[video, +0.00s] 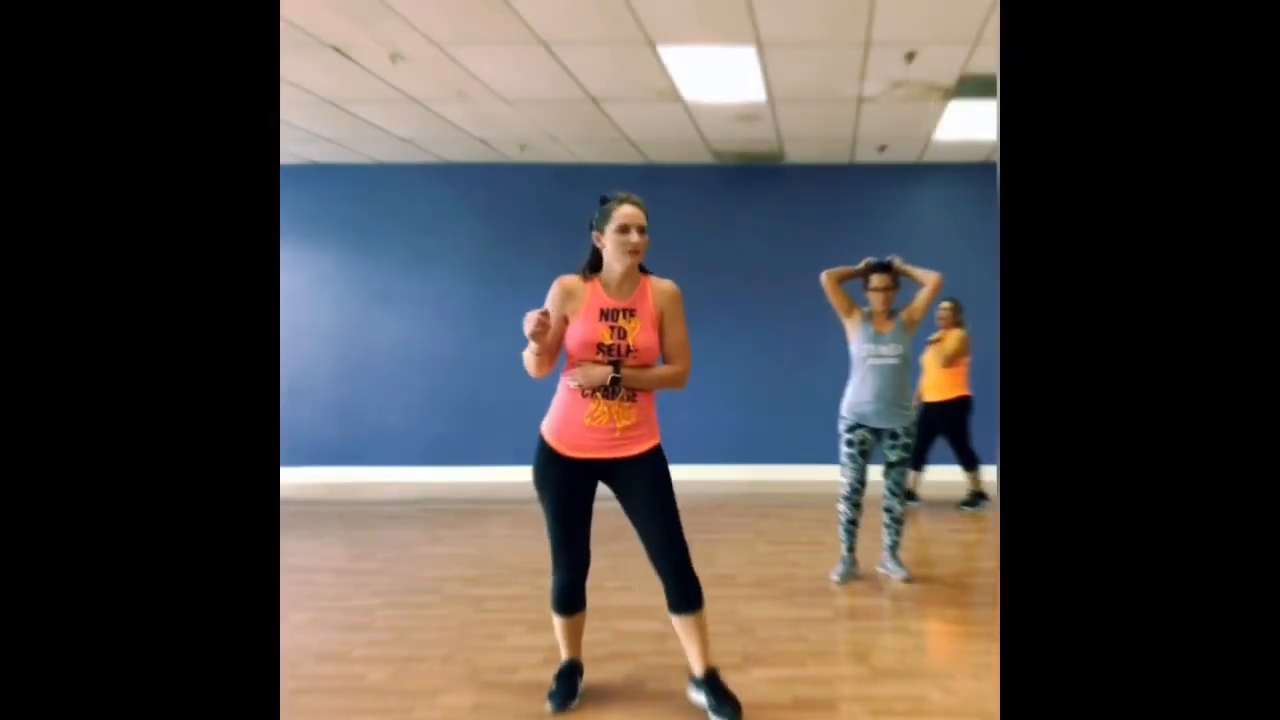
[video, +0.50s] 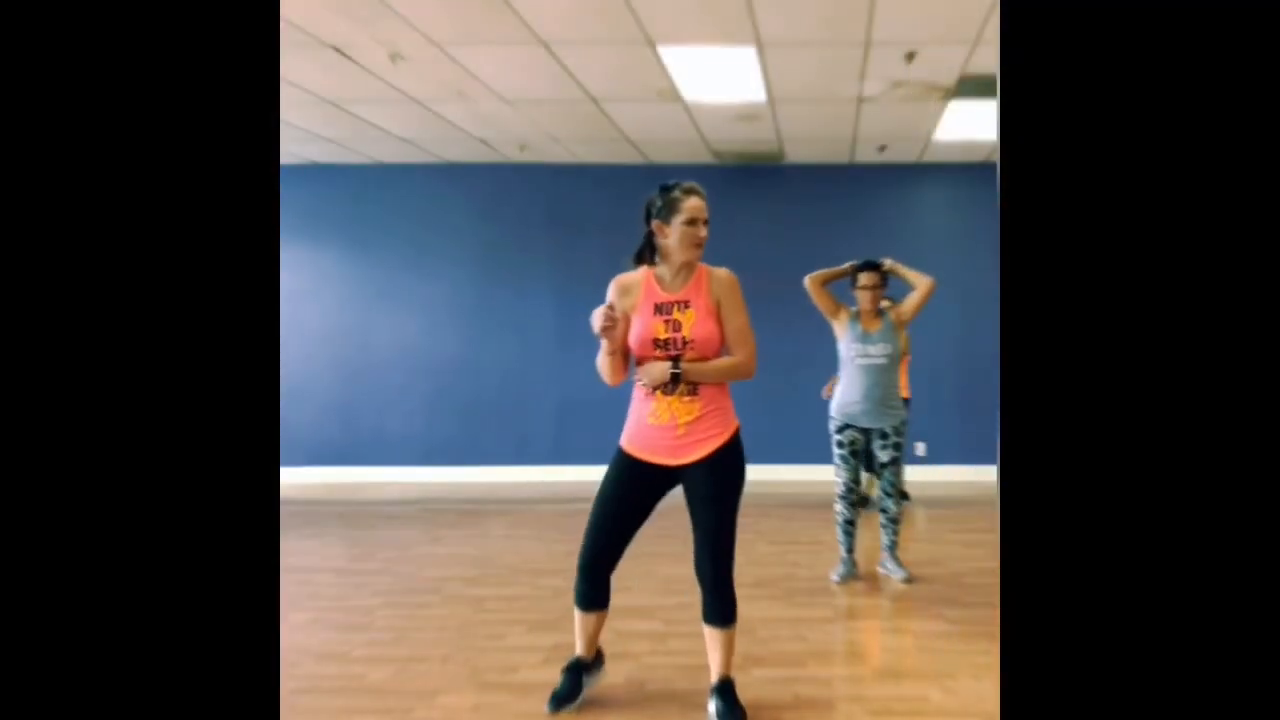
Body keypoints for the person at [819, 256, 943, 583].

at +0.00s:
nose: (882, 296)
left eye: (888, 290)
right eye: (876, 290)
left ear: (896, 292)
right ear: (866, 292)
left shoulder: (907, 322)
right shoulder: (854, 319)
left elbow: (935, 281)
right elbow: (827, 278)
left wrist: (904, 268)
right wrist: (858, 270)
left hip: (899, 419)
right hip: (858, 416)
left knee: (895, 492)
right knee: (851, 490)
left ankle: (891, 555)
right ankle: (847, 557)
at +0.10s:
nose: (877, 295)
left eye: (883, 289)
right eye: (871, 289)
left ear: (892, 292)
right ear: (861, 292)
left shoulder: (902, 322)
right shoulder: (849, 320)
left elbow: (932, 285)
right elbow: (821, 280)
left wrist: (901, 269)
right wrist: (853, 271)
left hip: (895, 417)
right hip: (853, 416)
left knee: (895, 493)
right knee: (850, 491)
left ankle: (890, 557)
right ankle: (847, 558)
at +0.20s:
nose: (873, 295)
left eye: (879, 289)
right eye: (867, 289)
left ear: (888, 292)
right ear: (858, 292)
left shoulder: (898, 322)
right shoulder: (845, 320)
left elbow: (929, 286)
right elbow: (816, 282)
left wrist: (898, 269)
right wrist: (852, 270)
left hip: (891, 417)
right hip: (849, 417)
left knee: (892, 493)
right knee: (847, 491)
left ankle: (890, 557)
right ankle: (846, 558)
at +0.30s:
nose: (870, 295)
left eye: (876, 289)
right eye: (864, 289)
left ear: (885, 292)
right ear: (855, 292)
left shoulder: (897, 322)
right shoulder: (842, 319)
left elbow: (927, 287)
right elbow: (812, 282)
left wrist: (896, 269)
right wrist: (849, 270)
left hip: (888, 417)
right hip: (846, 417)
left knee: (890, 492)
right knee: (846, 492)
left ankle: (889, 557)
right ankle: (846, 559)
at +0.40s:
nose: (869, 294)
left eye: (875, 288)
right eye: (863, 289)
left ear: (884, 291)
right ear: (853, 292)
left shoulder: (895, 320)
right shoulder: (841, 319)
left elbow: (926, 286)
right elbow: (811, 282)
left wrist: (896, 268)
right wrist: (848, 270)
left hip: (887, 417)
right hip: (846, 416)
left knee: (892, 491)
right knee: (845, 491)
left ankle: (889, 557)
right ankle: (846, 558)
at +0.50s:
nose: (870, 293)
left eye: (875, 287)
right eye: (863, 288)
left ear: (884, 291)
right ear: (854, 291)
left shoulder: (896, 320)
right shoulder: (841, 319)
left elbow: (927, 284)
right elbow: (811, 282)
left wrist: (895, 268)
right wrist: (848, 269)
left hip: (888, 416)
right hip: (847, 416)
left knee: (890, 491)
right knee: (847, 491)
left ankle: (889, 557)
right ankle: (846, 558)